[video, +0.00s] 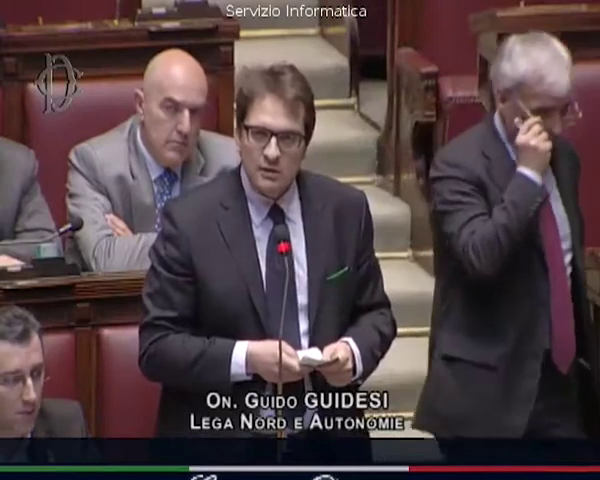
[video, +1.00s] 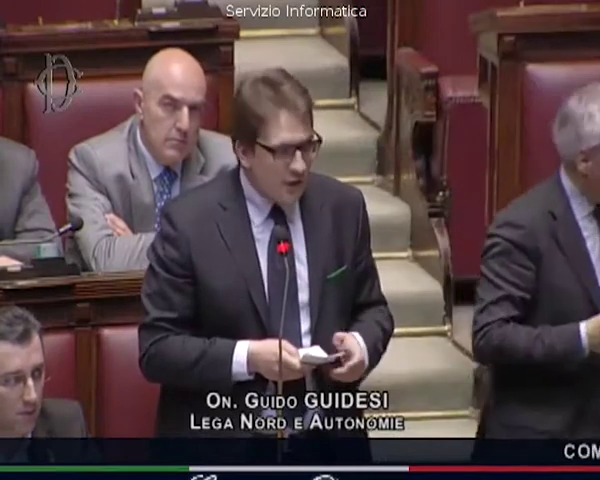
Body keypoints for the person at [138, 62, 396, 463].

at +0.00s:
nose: (272, 153)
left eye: (288, 138)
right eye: (258, 134)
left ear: (307, 141)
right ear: (238, 134)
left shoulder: (347, 209)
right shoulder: (188, 218)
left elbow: (377, 314)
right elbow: (156, 347)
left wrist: (352, 352)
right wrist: (246, 357)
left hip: (326, 438)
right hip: (219, 441)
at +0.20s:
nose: (274, 153)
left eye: (290, 138)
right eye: (260, 135)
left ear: (308, 142)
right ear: (239, 134)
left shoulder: (348, 209)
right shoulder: (188, 217)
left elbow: (378, 314)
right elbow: (157, 346)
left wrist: (353, 352)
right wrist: (246, 356)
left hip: (327, 438)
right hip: (220, 440)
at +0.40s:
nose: (275, 154)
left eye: (291, 139)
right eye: (262, 135)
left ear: (309, 143)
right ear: (241, 134)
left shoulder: (349, 208)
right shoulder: (189, 215)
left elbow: (378, 314)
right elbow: (157, 345)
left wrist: (354, 352)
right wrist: (246, 355)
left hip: (327, 438)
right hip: (220, 440)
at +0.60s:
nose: (275, 154)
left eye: (291, 139)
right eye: (262, 135)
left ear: (310, 143)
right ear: (241, 134)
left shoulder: (349, 208)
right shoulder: (189, 215)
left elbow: (378, 314)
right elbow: (157, 345)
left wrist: (354, 352)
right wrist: (245, 355)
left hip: (327, 439)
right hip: (220, 440)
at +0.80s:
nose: (282, 158)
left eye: (296, 143)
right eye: (268, 141)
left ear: (311, 142)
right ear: (241, 138)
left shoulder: (348, 208)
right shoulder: (189, 217)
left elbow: (377, 315)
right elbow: (157, 346)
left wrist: (354, 352)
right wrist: (246, 355)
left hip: (328, 437)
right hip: (220, 439)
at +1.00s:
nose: (300, 165)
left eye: (308, 147)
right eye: (282, 151)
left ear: (316, 140)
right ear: (243, 151)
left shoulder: (344, 206)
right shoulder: (187, 219)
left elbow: (373, 310)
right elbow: (157, 350)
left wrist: (363, 344)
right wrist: (247, 357)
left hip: (328, 438)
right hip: (221, 442)